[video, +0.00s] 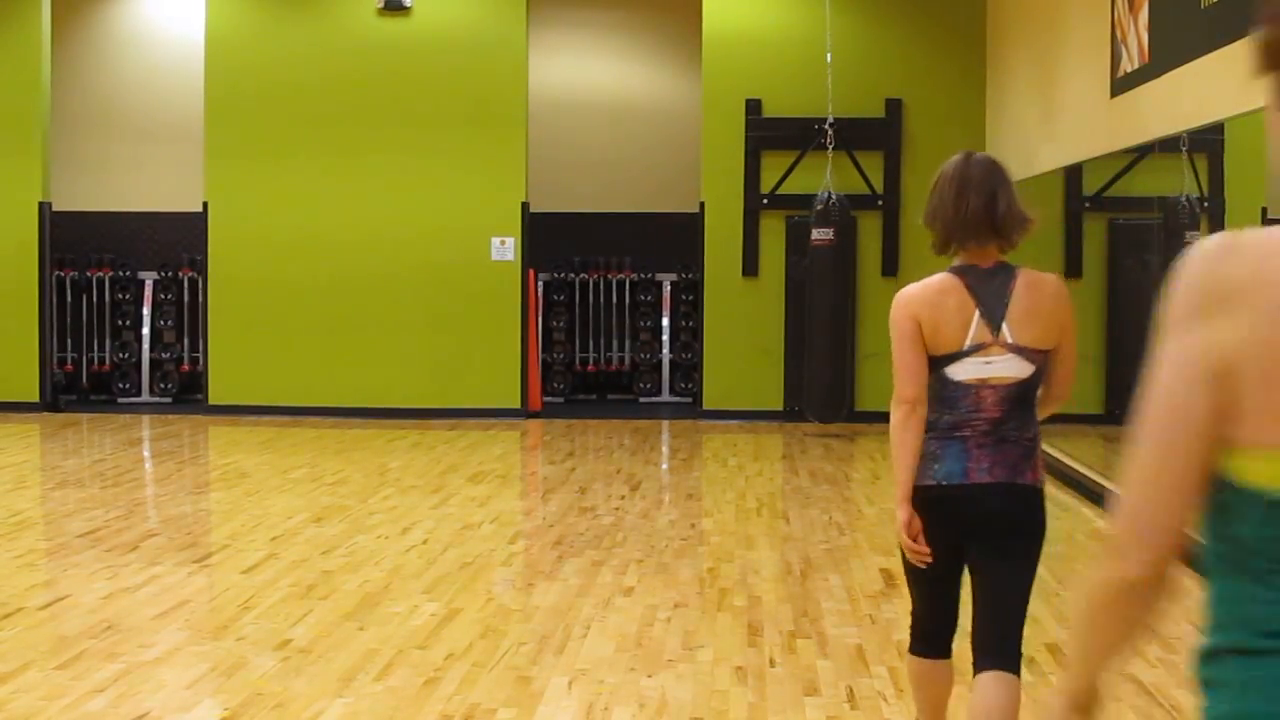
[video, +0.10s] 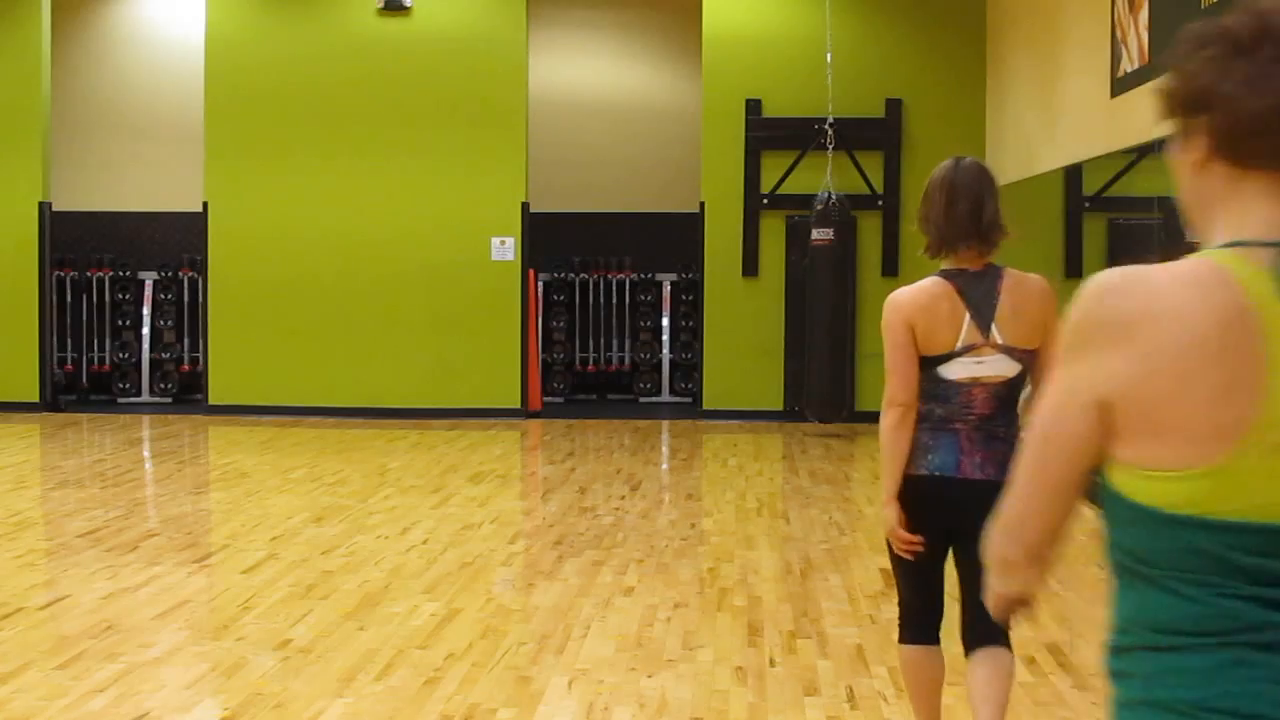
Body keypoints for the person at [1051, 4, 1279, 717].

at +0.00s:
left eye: (1265, 78)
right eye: (1268, 79)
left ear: (1268, 70)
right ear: (1264, 74)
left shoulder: (1231, 274)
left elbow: (1145, 542)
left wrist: (1077, 691)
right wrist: (1078, 687)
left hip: (1254, 685)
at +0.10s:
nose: (1170, 154)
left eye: (1174, 133)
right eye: (1173, 132)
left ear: (1201, 140)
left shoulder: (1131, 310)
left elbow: (1015, 544)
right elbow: (1015, 547)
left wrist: (1008, 591)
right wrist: (1010, 584)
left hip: (1186, 695)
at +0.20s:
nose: (1090, 161)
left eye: (1092, 144)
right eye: (1091, 143)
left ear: (1111, 147)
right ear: (1231, 154)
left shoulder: (1045, 302)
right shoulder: (1267, 307)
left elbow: (965, 523)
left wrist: (943, 561)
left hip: (1097, 669)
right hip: (1242, 651)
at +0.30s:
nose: (1018, 142)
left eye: (1020, 124)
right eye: (1019, 123)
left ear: (1038, 132)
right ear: (1148, 136)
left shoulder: (979, 275)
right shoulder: (1213, 289)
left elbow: (915, 488)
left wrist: (886, 597)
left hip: (1027, 646)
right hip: (1166, 643)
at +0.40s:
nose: (959, 146)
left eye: (960, 131)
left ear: (973, 136)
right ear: (1078, 138)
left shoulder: (922, 270)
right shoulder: (1134, 273)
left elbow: (872, 470)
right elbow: (1159, 459)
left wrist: (826, 624)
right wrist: (1147, 583)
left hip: (961, 625)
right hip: (1106, 618)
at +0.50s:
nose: (903, 177)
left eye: (903, 161)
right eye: (905, 160)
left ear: (916, 167)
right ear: (1012, 167)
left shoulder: (869, 289)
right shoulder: (1064, 291)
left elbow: (826, 467)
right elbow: (1085, 464)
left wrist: (779, 642)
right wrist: (1040, 531)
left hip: (907, 624)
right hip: (1044, 613)